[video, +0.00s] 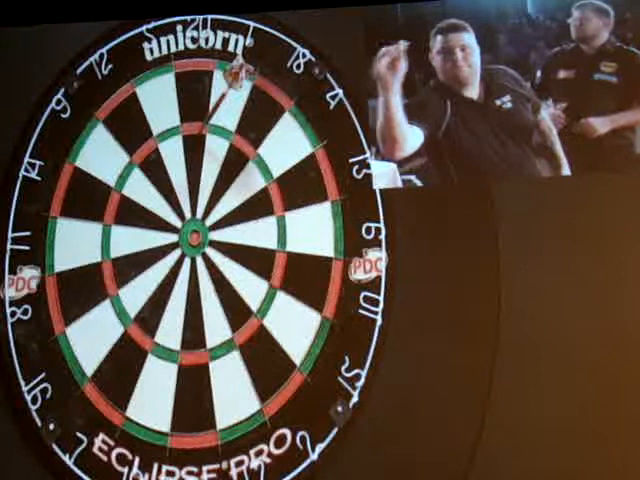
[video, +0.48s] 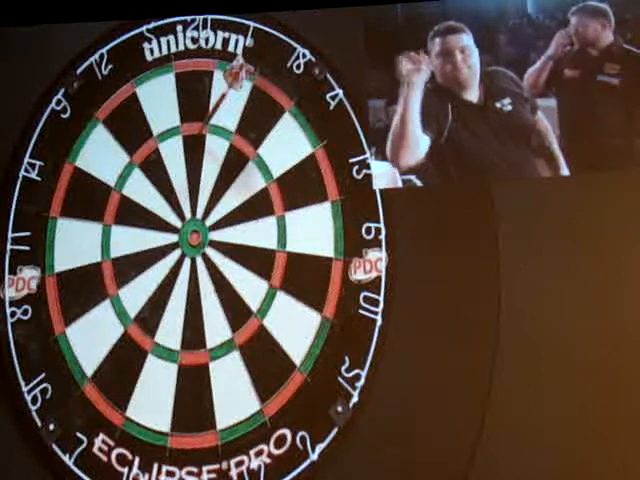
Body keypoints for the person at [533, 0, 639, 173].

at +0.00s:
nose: (577, 24)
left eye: (585, 20)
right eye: (574, 19)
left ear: (607, 24)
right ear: (569, 23)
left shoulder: (630, 61)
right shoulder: (556, 60)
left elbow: (637, 111)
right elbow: (536, 99)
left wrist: (607, 123)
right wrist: (547, 114)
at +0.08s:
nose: (575, 24)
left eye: (584, 19)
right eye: (574, 19)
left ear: (607, 24)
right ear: (570, 22)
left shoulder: (631, 60)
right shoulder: (558, 60)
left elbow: (637, 112)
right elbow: (542, 101)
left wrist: (611, 126)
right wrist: (554, 117)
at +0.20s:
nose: (571, 24)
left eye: (580, 19)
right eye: (572, 19)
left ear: (606, 24)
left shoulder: (631, 61)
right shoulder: (564, 59)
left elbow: (638, 121)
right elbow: (530, 95)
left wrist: (623, 144)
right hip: (571, 163)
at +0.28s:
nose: (570, 25)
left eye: (579, 19)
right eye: (571, 19)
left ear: (606, 24)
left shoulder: (632, 61)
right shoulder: (563, 59)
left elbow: (636, 114)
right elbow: (528, 94)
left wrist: (630, 148)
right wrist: (541, 74)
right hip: (571, 163)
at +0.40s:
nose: (573, 29)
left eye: (581, 24)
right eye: (572, 24)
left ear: (605, 25)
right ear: (569, 25)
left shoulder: (632, 61)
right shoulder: (563, 60)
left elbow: (636, 117)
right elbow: (530, 90)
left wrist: (636, 162)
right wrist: (547, 56)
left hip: (620, 161)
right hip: (576, 160)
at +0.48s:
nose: (573, 32)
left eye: (581, 27)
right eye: (573, 27)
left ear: (605, 26)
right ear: (569, 27)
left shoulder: (632, 61)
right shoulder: (565, 61)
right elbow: (530, 89)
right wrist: (552, 53)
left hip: (623, 164)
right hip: (577, 163)